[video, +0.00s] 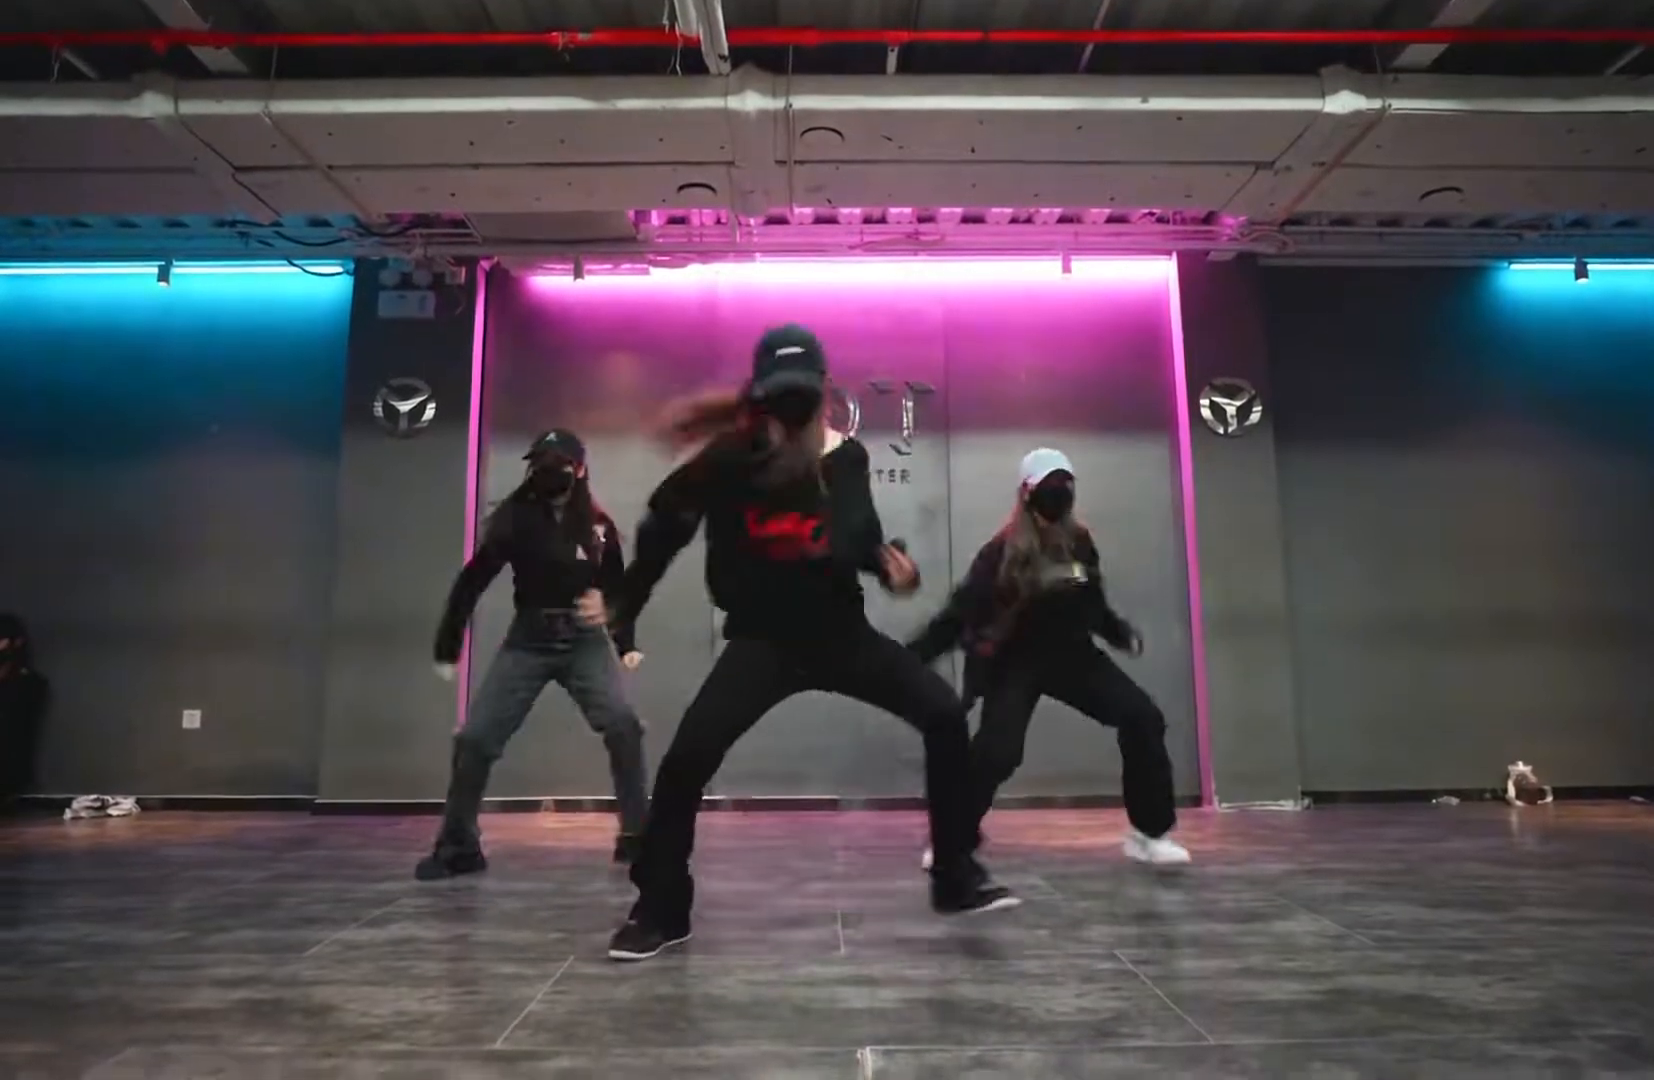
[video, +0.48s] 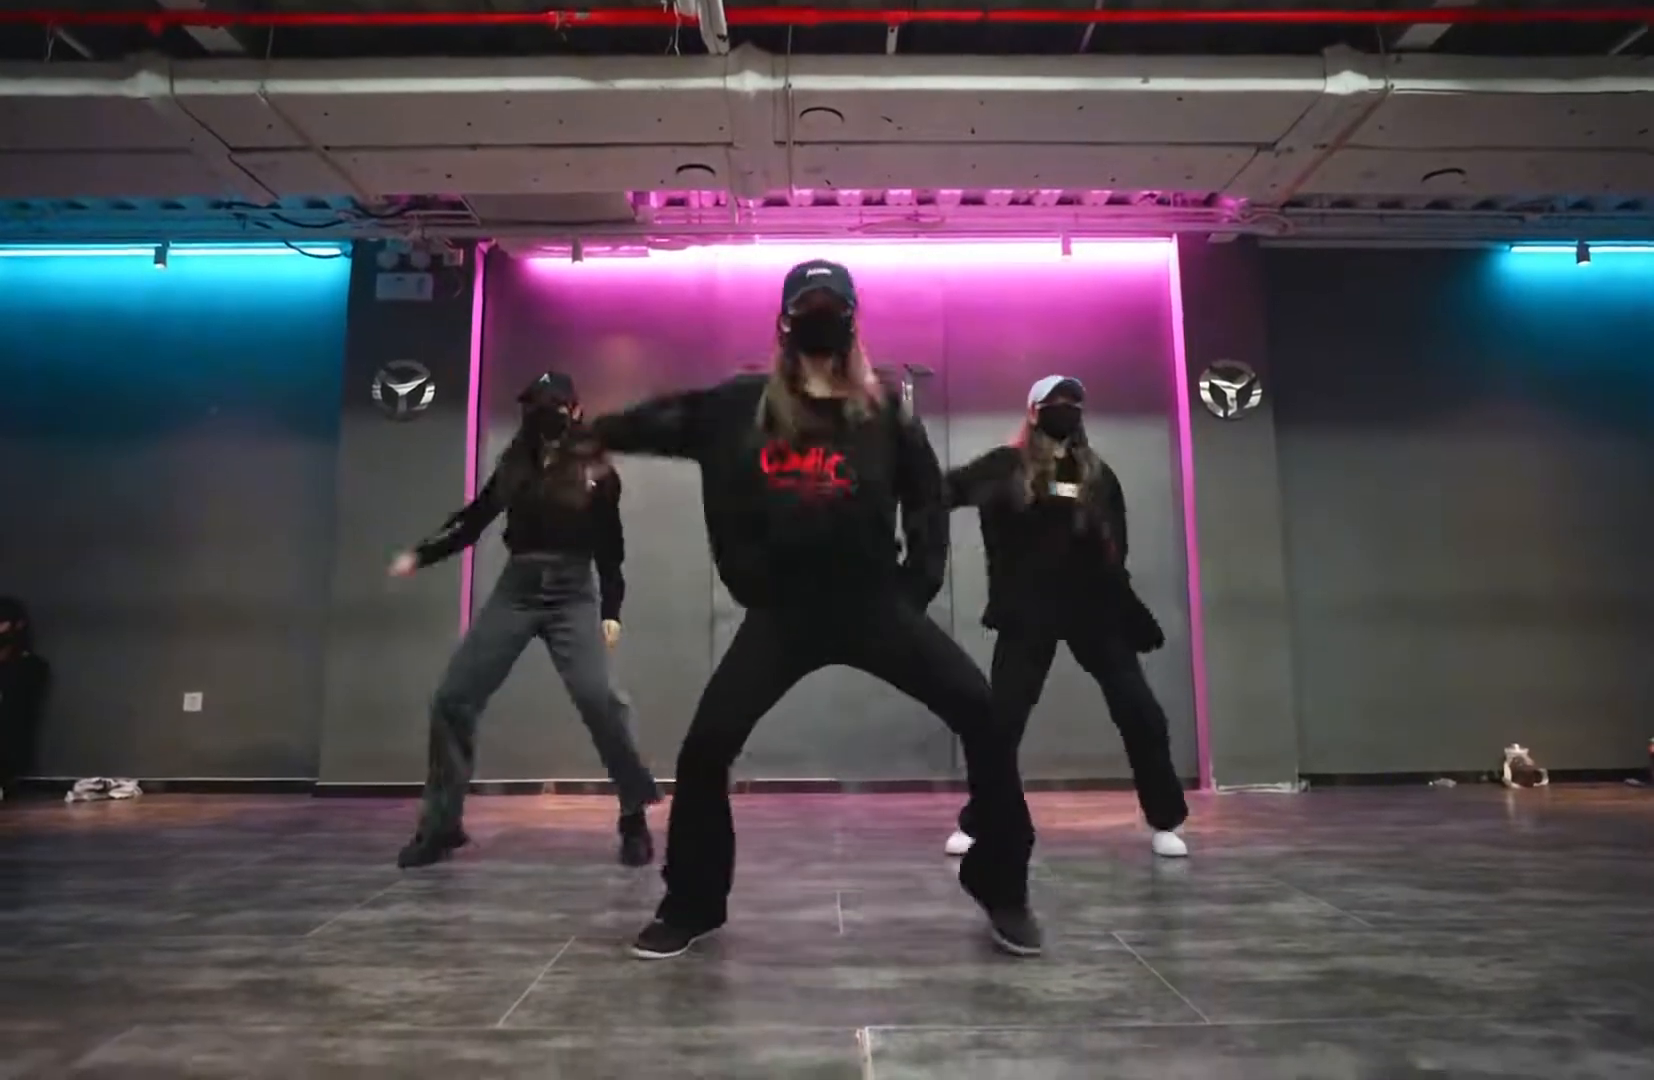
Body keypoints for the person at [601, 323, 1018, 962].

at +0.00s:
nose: (789, 413)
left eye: (801, 398)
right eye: (776, 399)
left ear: (823, 393)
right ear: (756, 398)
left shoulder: (842, 459)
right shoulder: (724, 463)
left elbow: (863, 541)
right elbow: (662, 531)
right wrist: (623, 611)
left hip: (842, 638)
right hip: (760, 644)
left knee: (944, 713)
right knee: (686, 759)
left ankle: (956, 875)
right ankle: (661, 912)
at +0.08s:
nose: (816, 395)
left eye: (827, 381)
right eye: (803, 383)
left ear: (845, 380)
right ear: (782, 386)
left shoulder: (852, 456)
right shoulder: (751, 460)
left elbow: (845, 554)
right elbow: (691, 548)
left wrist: (883, 599)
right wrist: (654, 635)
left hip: (841, 640)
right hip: (762, 646)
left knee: (943, 730)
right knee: (683, 764)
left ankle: (987, 909)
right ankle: (659, 909)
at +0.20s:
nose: (830, 369)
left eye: (842, 356)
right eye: (817, 357)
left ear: (858, 360)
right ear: (795, 362)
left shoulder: (864, 437)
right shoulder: (773, 433)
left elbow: (865, 541)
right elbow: (779, 532)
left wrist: (835, 627)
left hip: (859, 632)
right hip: (777, 635)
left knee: (967, 744)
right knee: (693, 765)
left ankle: (993, 913)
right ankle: (660, 898)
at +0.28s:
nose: (828, 352)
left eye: (840, 339)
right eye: (815, 341)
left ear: (858, 344)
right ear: (795, 348)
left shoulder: (886, 426)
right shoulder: (773, 421)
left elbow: (894, 521)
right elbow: (756, 505)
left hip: (871, 634)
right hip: (784, 634)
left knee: (968, 744)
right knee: (689, 750)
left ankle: (993, 910)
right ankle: (660, 882)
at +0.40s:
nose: (823, 324)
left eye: (835, 313)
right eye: (809, 313)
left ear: (854, 327)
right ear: (787, 328)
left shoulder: (889, 423)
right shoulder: (754, 413)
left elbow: (922, 526)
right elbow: (683, 467)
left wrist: (912, 604)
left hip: (874, 621)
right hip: (781, 627)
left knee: (979, 727)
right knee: (709, 754)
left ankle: (1009, 903)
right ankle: (698, 910)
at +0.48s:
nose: (819, 315)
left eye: (831, 305)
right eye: (807, 305)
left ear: (851, 319)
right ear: (786, 319)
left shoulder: (884, 412)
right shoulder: (737, 407)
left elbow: (928, 500)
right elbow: (653, 421)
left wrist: (915, 592)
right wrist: (596, 433)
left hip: (873, 610)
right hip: (778, 618)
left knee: (985, 716)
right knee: (703, 752)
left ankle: (1003, 886)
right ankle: (691, 907)